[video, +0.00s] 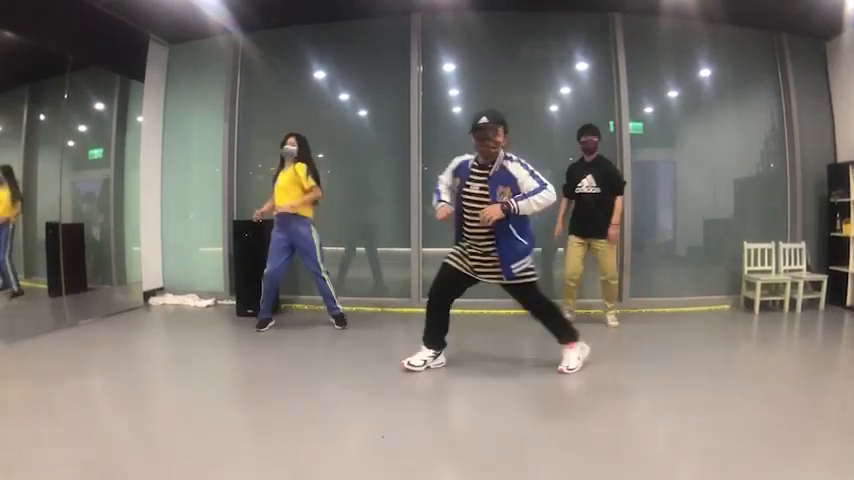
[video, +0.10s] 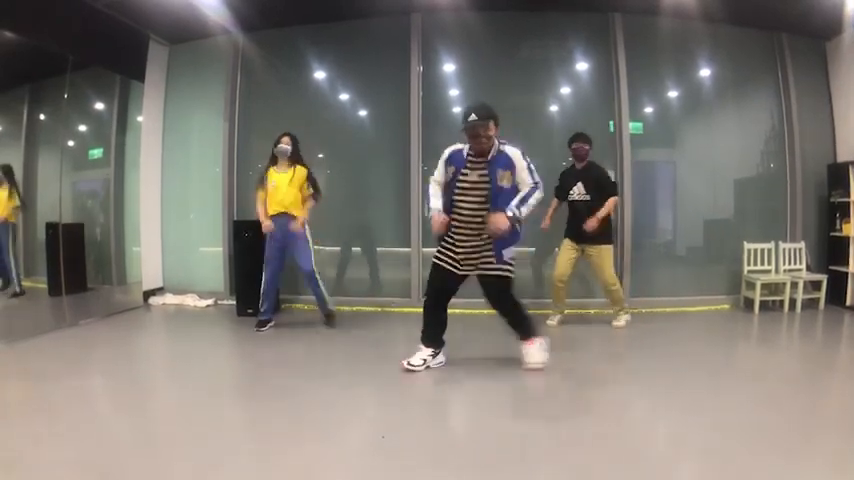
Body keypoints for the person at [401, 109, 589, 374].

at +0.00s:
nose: (489, 143)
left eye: (495, 137)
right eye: (483, 137)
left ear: (504, 138)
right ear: (473, 139)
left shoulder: (514, 167)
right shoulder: (461, 165)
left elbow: (547, 193)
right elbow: (442, 184)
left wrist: (507, 206)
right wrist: (442, 202)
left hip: (506, 257)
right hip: (468, 253)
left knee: (534, 302)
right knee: (439, 294)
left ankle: (573, 344)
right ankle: (433, 350)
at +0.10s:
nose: (481, 141)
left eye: (486, 135)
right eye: (474, 135)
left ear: (496, 130)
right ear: (465, 133)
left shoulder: (512, 156)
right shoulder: (452, 155)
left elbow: (534, 189)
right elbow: (436, 183)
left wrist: (509, 215)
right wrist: (436, 211)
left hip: (493, 244)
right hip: (455, 243)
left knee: (498, 296)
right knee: (435, 296)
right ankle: (431, 349)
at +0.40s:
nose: (476, 133)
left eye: (481, 127)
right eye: (470, 128)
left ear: (490, 124)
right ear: (460, 126)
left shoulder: (503, 156)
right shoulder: (446, 157)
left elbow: (510, 194)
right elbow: (436, 196)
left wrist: (514, 228)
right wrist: (443, 227)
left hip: (491, 242)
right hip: (454, 242)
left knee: (501, 295)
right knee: (433, 296)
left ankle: (489, 345)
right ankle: (417, 349)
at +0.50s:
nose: (482, 138)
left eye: (487, 131)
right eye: (475, 133)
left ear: (496, 131)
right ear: (465, 135)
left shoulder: (508, 164)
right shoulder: (452, 165)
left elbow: (521, 196)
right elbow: (423, 197)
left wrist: (523, 217)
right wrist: (447, 217)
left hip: (496, 249)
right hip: (458, 250)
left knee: (519, 298)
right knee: (433, 300)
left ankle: (525, 349)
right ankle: (405, 345)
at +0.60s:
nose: (485, 148)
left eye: (490, 142)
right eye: (479, 142)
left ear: (500, 137)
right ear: (470, 140)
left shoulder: (518, 159)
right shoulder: (455, 166)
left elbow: (544, 174)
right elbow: (427, 193)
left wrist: (543, 203)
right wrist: (444, 222)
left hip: (510, 250)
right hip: (472, 251)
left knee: (529, 302)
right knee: (454, 304)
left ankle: (528, 352)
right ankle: (419, 343)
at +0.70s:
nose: (483, 138)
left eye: (488, 132)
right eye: (477, 132)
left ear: (500, 128)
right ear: (468, 130)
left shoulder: (517, 152)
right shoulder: (456, 158)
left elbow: (541, 178)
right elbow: (448, 195)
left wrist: (543, 217)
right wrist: (447, 234)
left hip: (514, 234)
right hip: (475, 237)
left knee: (528, 294)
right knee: (474, 294)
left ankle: (529, 350)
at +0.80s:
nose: (482, 132)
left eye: (488, 126)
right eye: (476, 127)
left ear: (500, 123)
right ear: (468, 126)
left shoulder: (517, 154)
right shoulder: (458, 161)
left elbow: (529, 193)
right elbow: (455, 203)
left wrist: (531, 228)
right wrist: (453, 240)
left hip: (511, 239)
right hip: (475, 244)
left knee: (526, 297)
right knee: (482, 303)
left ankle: (537, 350)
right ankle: (497, 351)